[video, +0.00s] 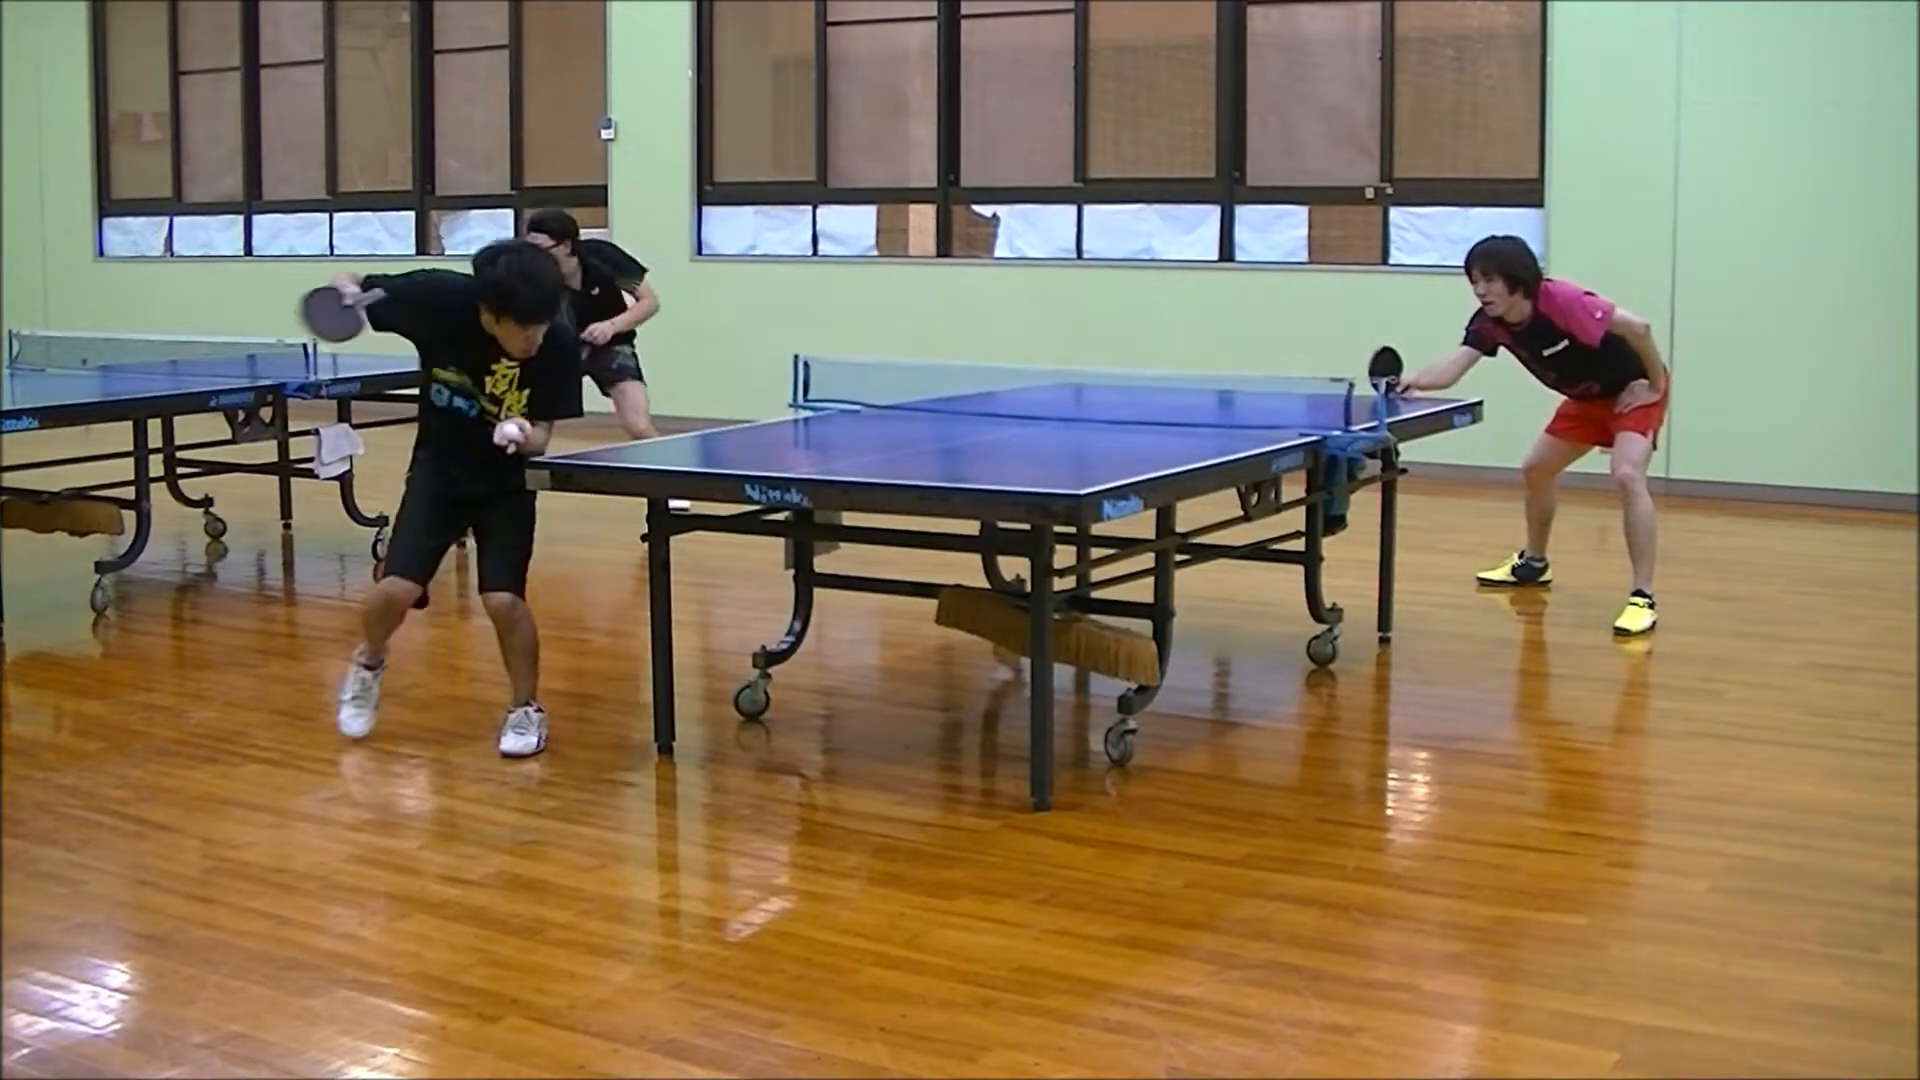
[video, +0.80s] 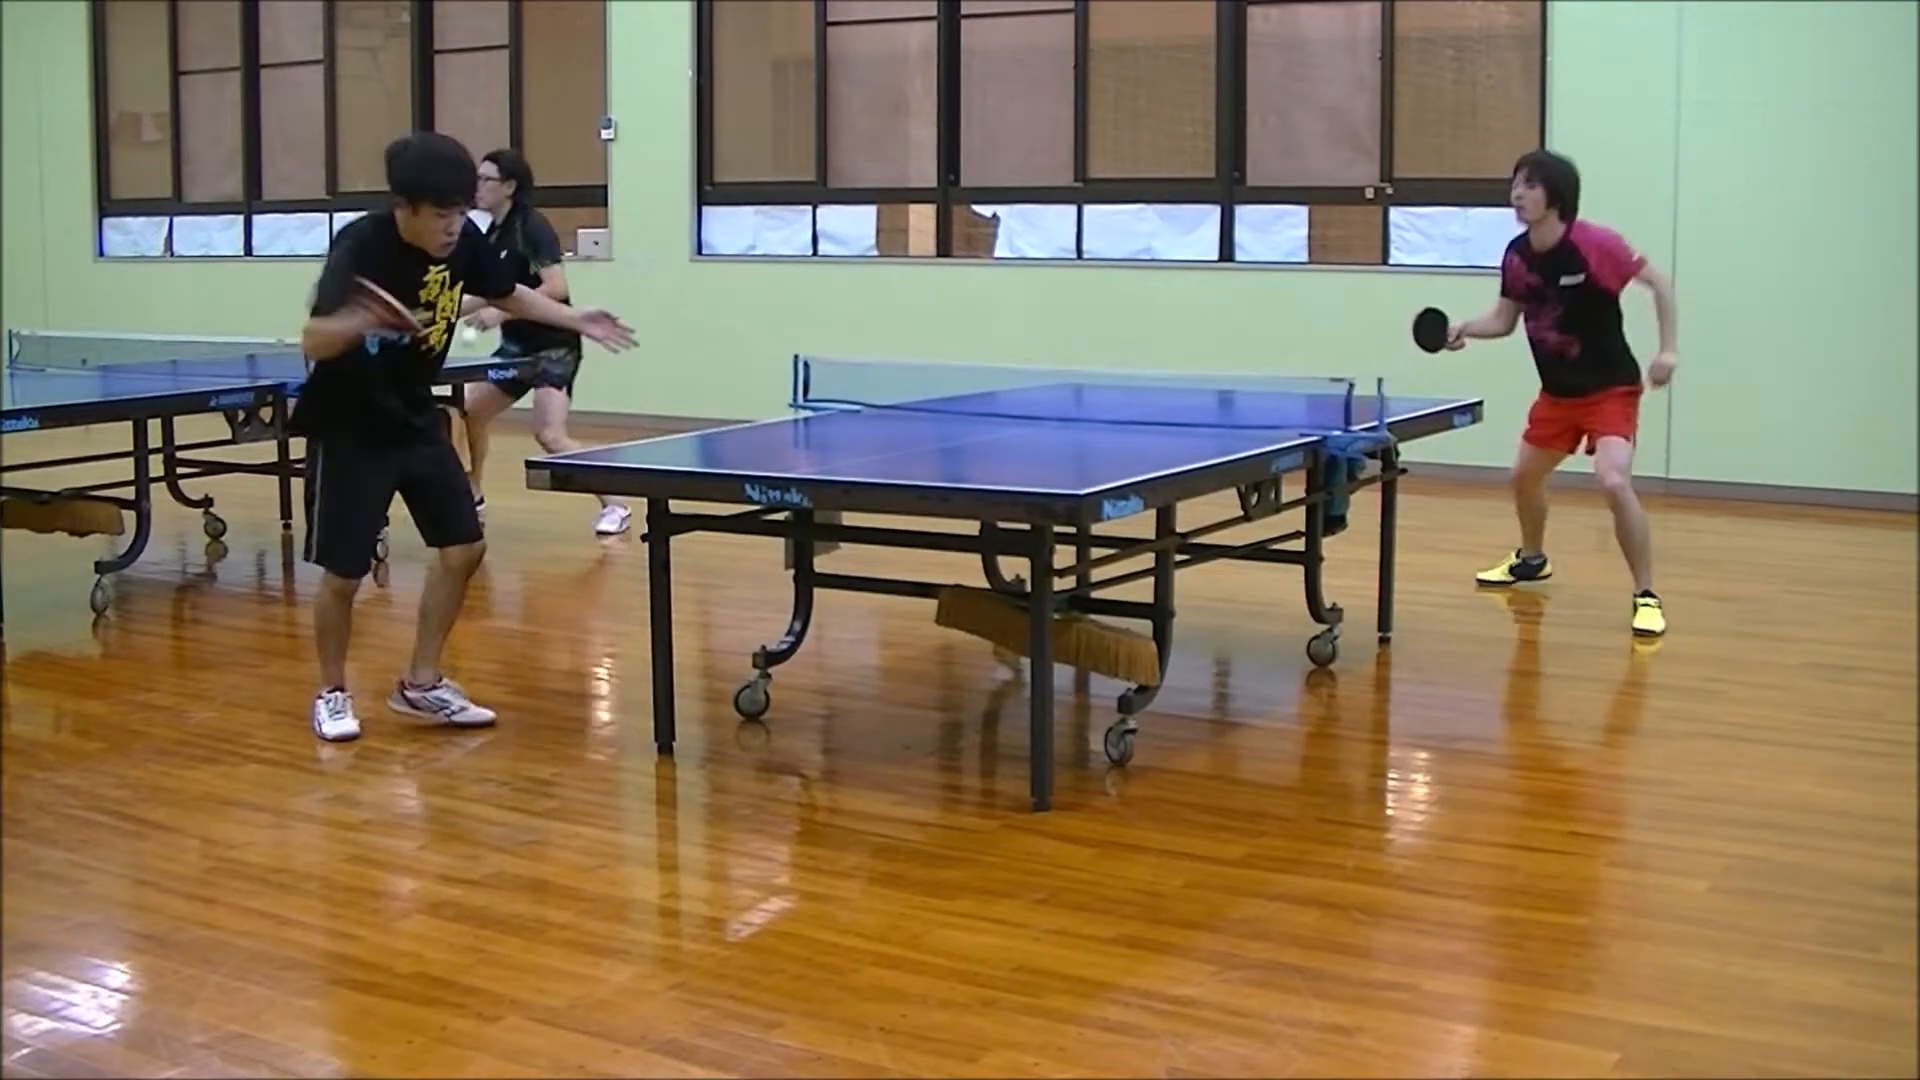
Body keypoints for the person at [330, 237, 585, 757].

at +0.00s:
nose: (534, 340)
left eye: (541, 329)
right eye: (524, 330)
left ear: (550, 315)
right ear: (489, 315)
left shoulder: (557, 346)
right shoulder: (441, 301)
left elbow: (542, 435)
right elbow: (361, 289)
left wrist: (524, 434)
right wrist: (348, 293)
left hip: (504, 481)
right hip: (438, 472)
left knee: (503, 599)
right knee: (397, 590)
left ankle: (525, 710)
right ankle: (368, 665)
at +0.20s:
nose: (483, 316)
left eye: (489, 302)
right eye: (470, 307)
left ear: (496, 287)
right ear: (433, 296)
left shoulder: (510, 330)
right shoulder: (395, 285)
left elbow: (505, 417)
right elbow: (352, 280)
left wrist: (506, 479)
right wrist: (309, 306)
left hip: (475, 480)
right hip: (404, 473)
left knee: (480, 596)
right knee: (363, 611)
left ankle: (524, 708)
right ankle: (333, 692)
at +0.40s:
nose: (421, 277)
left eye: (427, 262)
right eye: (407, 268)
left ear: (435, 248)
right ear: (371, 263)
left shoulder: (452, 288)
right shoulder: (338, 266)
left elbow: (488, 373)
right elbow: (317, 297)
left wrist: (518, 431)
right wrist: (297, 339)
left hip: (437, 450)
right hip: (363, 450)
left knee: (471, 571)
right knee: (341, 590)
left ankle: (496, 691)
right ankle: (335, 694)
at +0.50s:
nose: (417, 261)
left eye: (420, 246)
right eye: (402, 253)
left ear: (426, 230)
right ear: (364, 249)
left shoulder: (442, 261)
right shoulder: (326, 252)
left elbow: (485, 326)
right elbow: (294, 294)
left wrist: (513, 352)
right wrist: (298, 338)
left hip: (424, 429)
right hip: (352, 430)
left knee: (459, 569)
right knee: (339, 580)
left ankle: (451, 668)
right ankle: (333, 693)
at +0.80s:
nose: (454, 225)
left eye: (460, 212)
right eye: (442, 214)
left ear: (467, 202)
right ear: (403, 207)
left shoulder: (463, 238)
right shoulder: (360, 248)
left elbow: (505, 293)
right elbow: (313, 343)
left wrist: (574, 318)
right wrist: (358, 321)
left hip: (416, 419)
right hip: (351, 426)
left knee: (463, 547)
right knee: (344, 573)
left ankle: (421, 683)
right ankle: (331, 693)